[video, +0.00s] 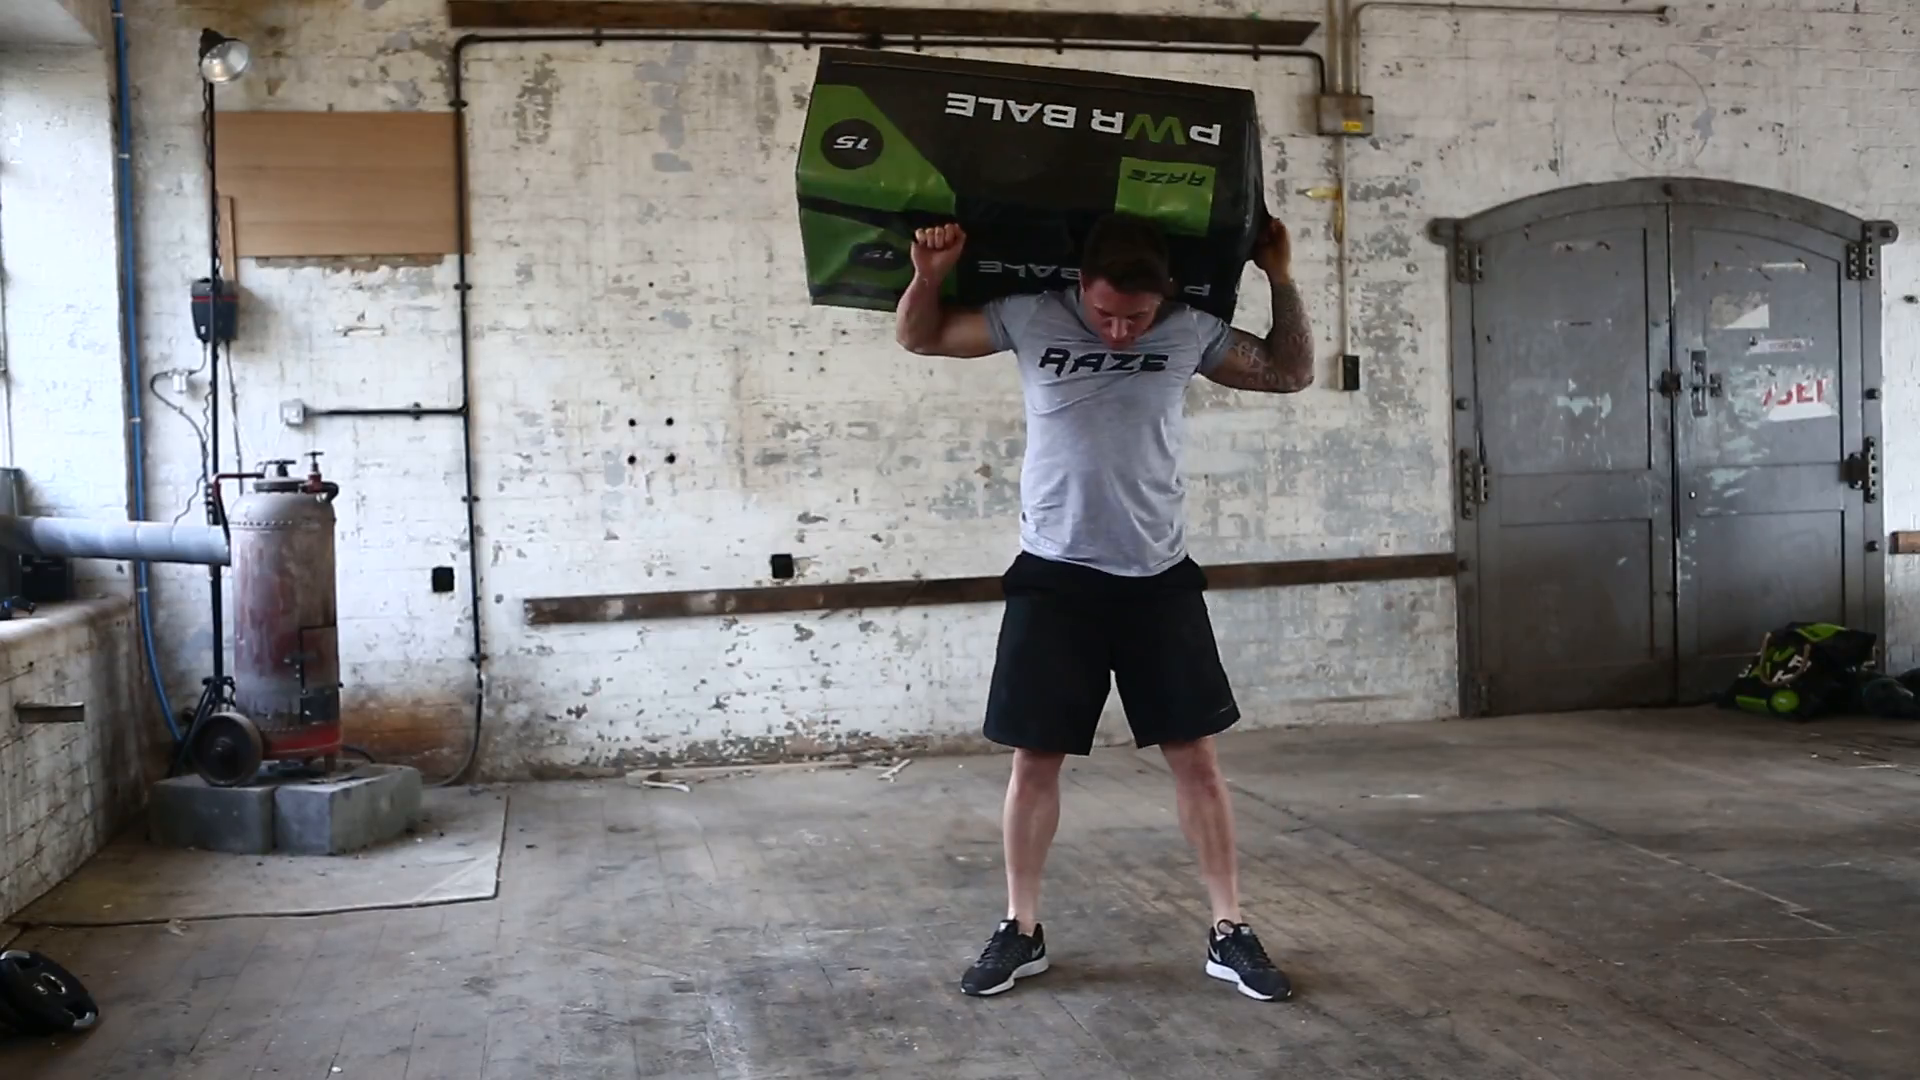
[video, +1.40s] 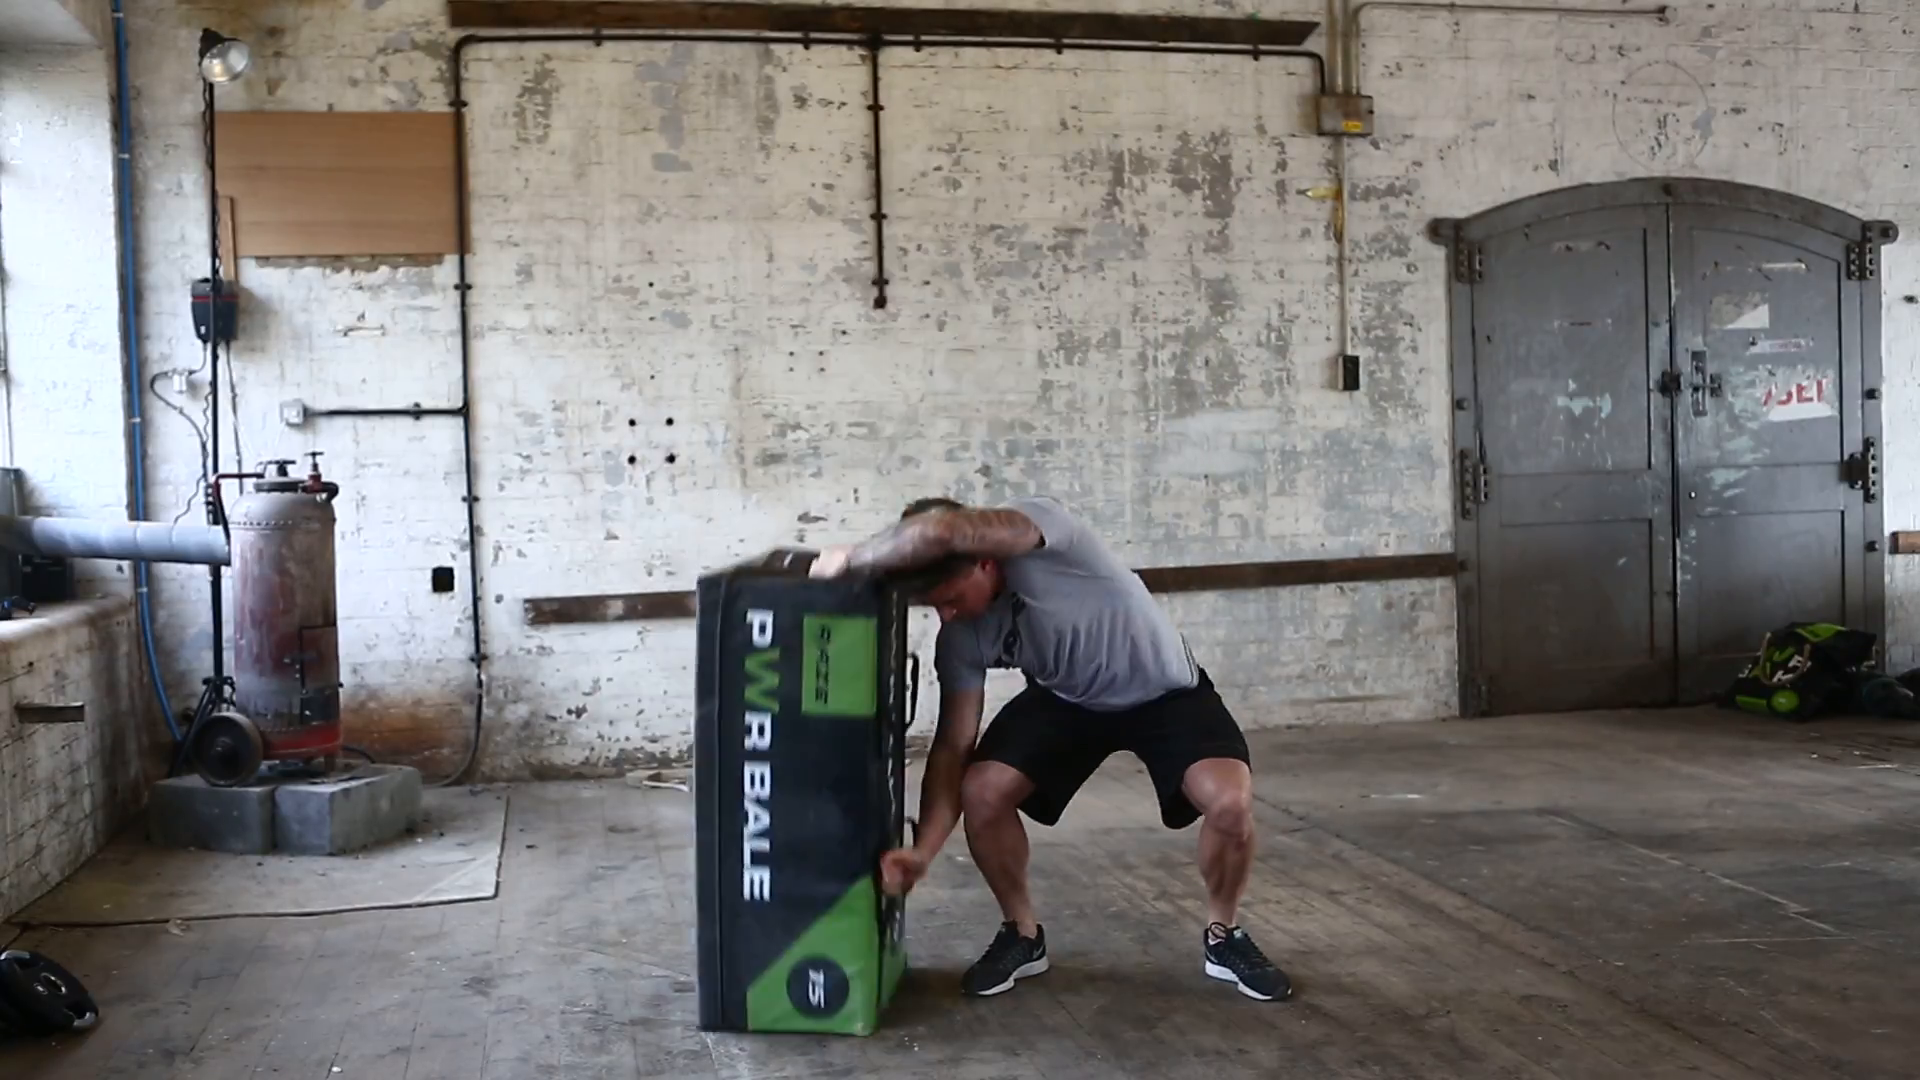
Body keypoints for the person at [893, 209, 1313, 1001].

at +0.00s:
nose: (1122, 329)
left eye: (1139, 316)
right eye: (1109, 313)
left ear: (1163, 295)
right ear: (1082, 285)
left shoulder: (1187, 331)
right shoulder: (1033, 318)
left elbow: (1290, 368)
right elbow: (921, 332)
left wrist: (1280, 273)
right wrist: (928, 272)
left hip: (1159, 582)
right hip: (1056, 581)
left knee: (1194, 756)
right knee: (1035, 760)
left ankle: (1229, 930)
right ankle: (1020, 928)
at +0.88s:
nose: (1076, 310)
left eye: (1092, 295)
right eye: (1062, 294)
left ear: (1130, 272)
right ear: (1048, 276)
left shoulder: (1175, 304)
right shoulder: (1021, 344)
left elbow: (1273, 240)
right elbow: (911, 412)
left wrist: (1179, 191)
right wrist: (906, 339)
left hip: (1181, 578)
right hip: (1073, 583)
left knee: (1215, 763)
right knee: (1039, 766)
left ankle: (1230, 930)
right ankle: (1021, 926)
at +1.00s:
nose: (1054, 340)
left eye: (1068, 327)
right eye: (1041, 325)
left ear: (1107, 301)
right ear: (1027, 305)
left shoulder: (1153, 314)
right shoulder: (1009, 376)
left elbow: (1205, 211)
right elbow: (918, 466)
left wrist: (1093, 189)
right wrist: (889, 412)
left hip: (1182, 580)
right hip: (1074, 588)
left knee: (1225, 760)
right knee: (1033, 764)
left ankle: (1230, 930)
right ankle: (1022, 928)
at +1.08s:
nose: (1033, 371)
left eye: (1046, 355)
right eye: (1019, 357)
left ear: (1080, 325)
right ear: (1003, 341)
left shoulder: (1130, 331)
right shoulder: (999, 410)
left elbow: (1154, 227)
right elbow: (928, 507)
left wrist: (1048, 221)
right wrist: (884, 481)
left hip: (1181, 591)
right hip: (1075, 600)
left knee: (1231, 766)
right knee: (1017, 772)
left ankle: (1230, 932)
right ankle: (1022, 930)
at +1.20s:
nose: (995, 450)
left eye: (1006, 433)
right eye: (982, 439)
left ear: (1042, 400)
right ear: (966, 424)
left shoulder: (1093, 398)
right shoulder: (984, 484)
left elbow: (1069, 304)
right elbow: (930, 591)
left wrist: (974, 305)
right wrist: (884, 603)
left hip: (1176, 620)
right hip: (1074, 628)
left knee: (1237, 786)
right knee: (997, 777)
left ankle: (1228, 933)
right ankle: (1021, 931)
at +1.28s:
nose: (972, 515)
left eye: (980, 498)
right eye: (959, 505)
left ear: (1015, 464)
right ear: (948, 491)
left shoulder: (1074, 456)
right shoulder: (975, 543)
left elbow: (1012, 377)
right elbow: (940, 655)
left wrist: (921, 395)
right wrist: (898, 696)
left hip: (1170, 647)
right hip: (1068, 655)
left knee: (1236, 794)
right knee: (987, 788)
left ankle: (1225, 933)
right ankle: (1022, 932)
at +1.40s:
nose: (941, 614)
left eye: (947, 597)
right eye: (930, 603)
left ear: (983, 564)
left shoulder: (1041, 528)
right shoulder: (962, 636)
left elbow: (945, 529)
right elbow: (953, 744)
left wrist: (858, 555)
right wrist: (921, 852)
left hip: (1165, 687)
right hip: (1067, 698)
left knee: (1231, 805)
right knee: (982, 793)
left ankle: (1223, 936)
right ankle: (1023, 935)